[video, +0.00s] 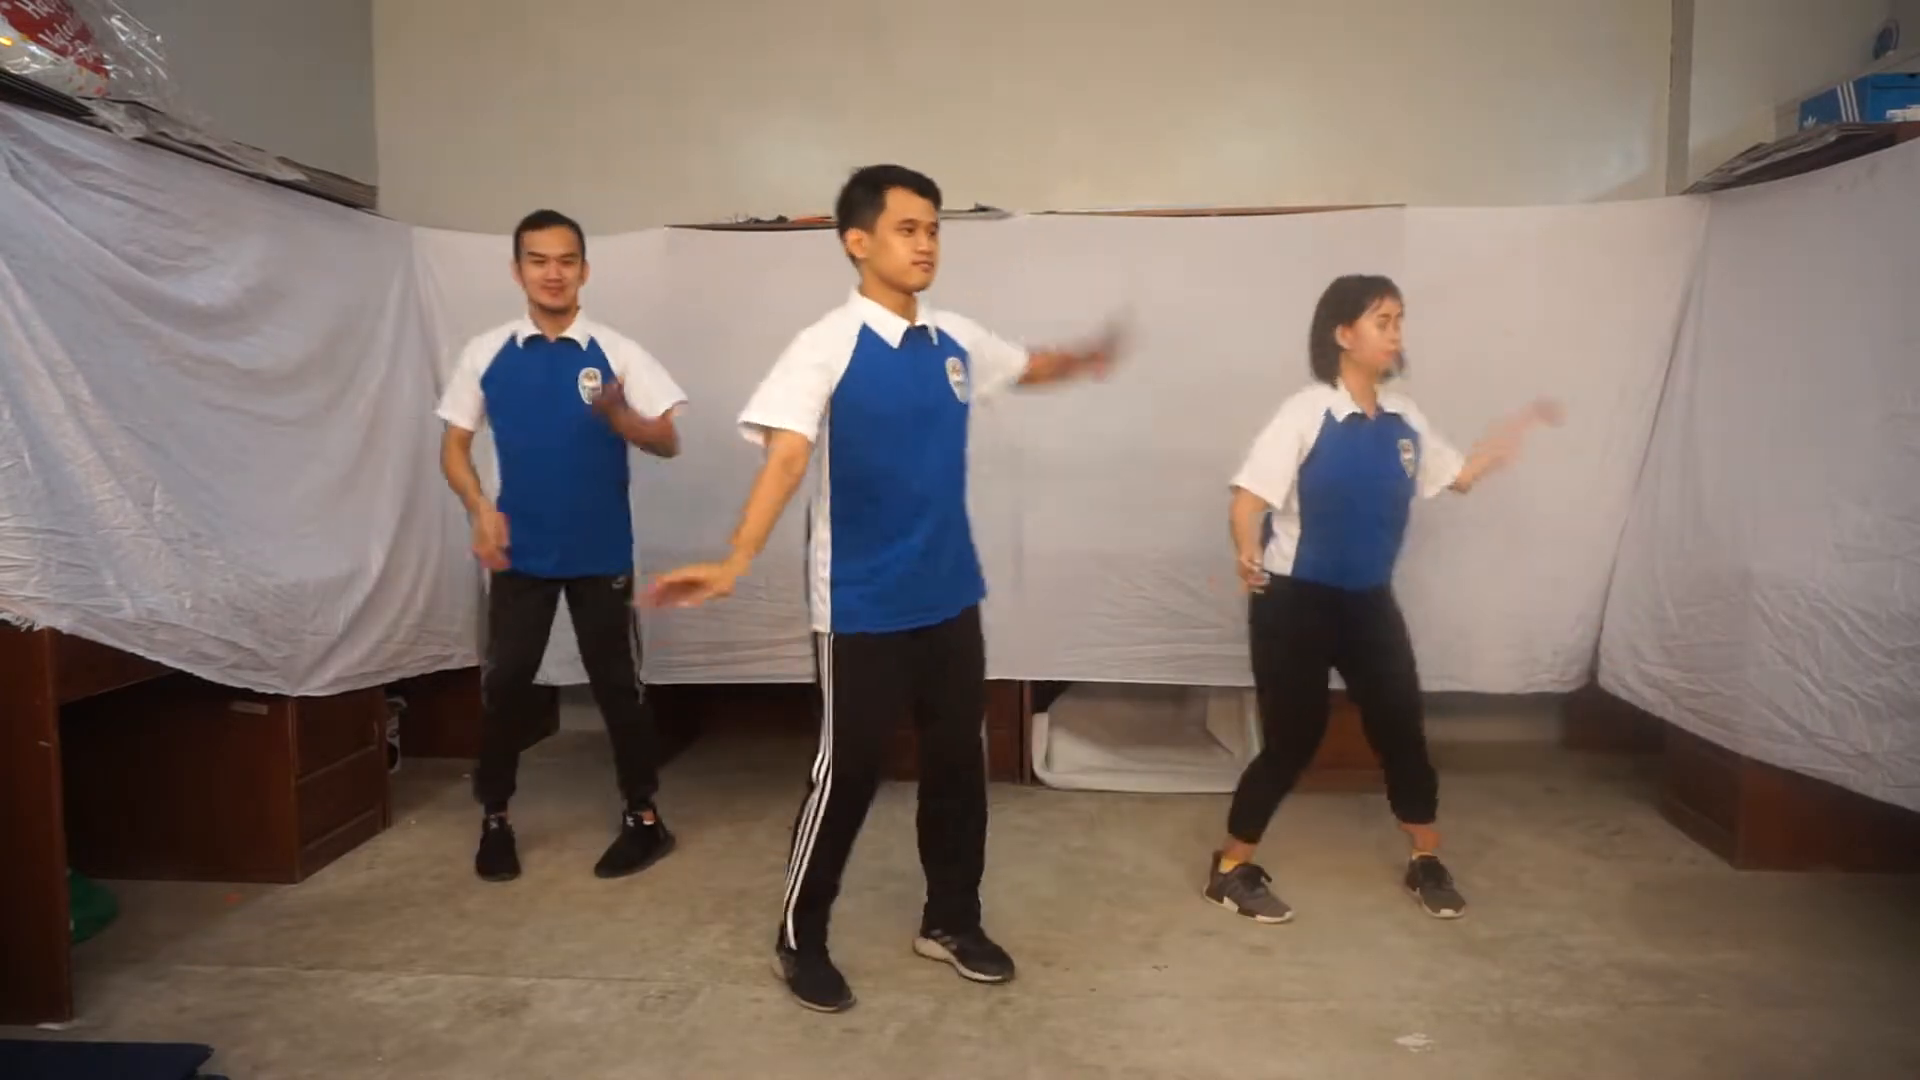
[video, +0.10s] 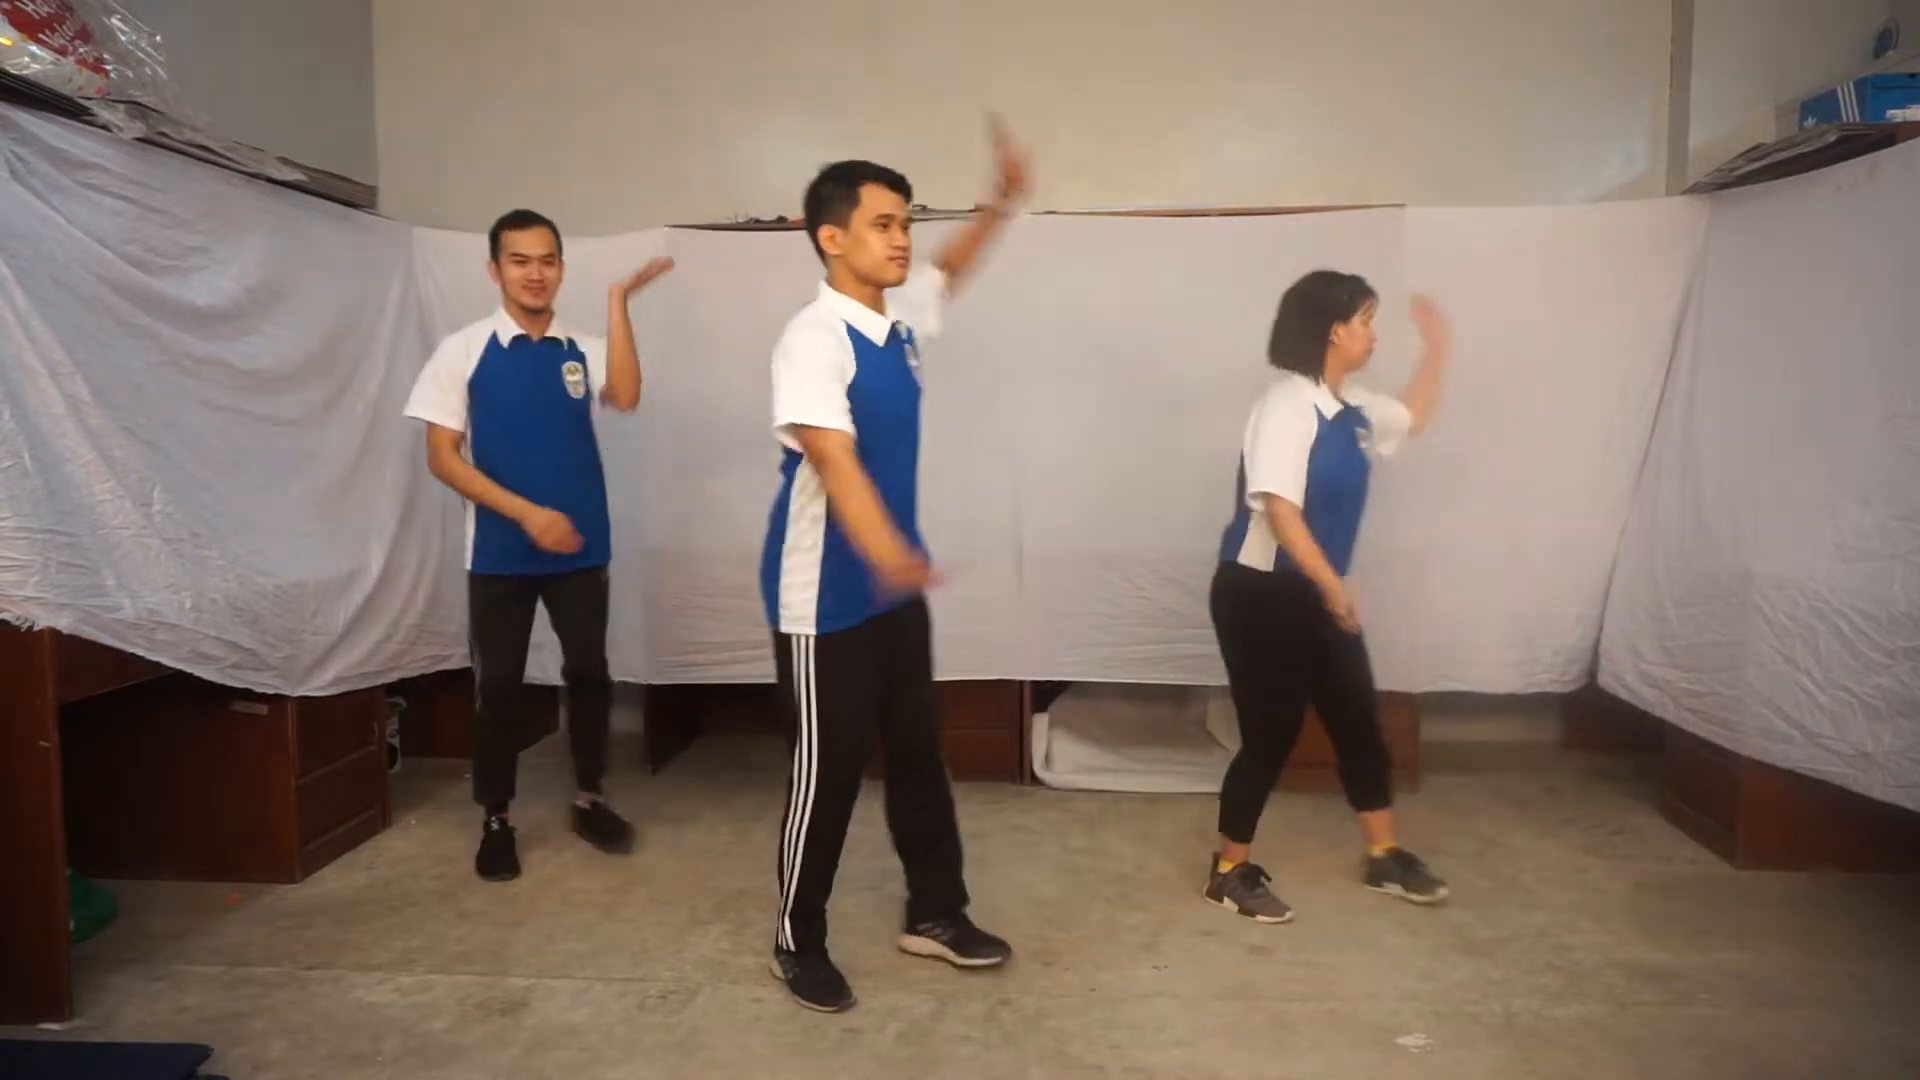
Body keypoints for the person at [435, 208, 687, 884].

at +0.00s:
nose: (553, 272)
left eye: (566, 260)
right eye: (538, 260)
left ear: (584, 270)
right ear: (517, 270)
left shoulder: (615, 350)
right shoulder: (487, 353)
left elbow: (668, 441)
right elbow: (453, 450)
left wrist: (622, 416)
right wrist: (480, 509)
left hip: (599, 555)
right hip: (520, 554)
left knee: (617, 685)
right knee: (504, 688)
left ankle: (644, 818)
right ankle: (496, 819)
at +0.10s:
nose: (536, 273)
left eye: (547, 261)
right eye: (521, 261)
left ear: (561, 269)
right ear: (495, 270)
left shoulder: (580, 350)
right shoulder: (463, 351)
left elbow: (625, 396)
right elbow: (443, 458)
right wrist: (529, 513)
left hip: (579, 552)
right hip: (501, 557)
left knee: (589, 673)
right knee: (497, 690)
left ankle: (591, 800)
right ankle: (497, 821)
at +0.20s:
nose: (519, 272)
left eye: (529, 260)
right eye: (504, 259)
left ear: (541, 268)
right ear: (474, 268)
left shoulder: (563, 343)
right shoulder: (446, 352)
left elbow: (645, 317)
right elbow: (445, 462)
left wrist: (613, 237)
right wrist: (550, 502)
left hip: (555, 548)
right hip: (483, 557)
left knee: (561, 669)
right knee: (489, 689)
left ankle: (508, 748)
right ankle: (493, 818)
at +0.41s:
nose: (508, 269)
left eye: (511, 256)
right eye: (492, 258)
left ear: (518, 265)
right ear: (457, 270)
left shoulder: (521, 324)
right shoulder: (441, 356)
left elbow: (553, 242)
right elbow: (444, 466)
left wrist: (579, 155)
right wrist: (524, 502)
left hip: (522, 537)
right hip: (468, 549)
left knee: (493, 677)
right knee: (482, 686)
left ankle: (456, 780)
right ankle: (493, 816)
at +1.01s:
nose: (518, 270)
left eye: (523, 259)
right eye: (502, 259)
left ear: (529, 270)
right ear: (465, 272)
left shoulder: (530, 348)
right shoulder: (446, 355)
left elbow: (594, 341)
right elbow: (445, 466)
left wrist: (593, 268)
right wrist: (532, 502)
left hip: (516, 543)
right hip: (462, 549)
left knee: (492, 678)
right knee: (476, 683)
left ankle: (448, 773)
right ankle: (468, 810)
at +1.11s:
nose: (524, 269)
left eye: (532, 258)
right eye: (508, 258)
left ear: (541, 267)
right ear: (476, 270)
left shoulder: (548, 354)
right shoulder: (454, 359)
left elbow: (595, 418)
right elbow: (448, 464)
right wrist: (533, 499)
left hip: (538, 552)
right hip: (470, 560)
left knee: (553, 665)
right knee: (470, 687)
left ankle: (492, 759)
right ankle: (468, 814)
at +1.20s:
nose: (538, 268)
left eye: (547, 257)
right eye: (522, 257)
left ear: (556, 266)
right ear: (491, 269)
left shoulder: (564, 357)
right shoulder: (468, 354)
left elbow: (590, 444)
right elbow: (458, 460)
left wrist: (641, 468)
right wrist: (543, 499)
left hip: (554, 548)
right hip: (482, 555)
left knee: (582, 658)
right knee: (475, 686)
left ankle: (559, 785)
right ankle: (468, 815)